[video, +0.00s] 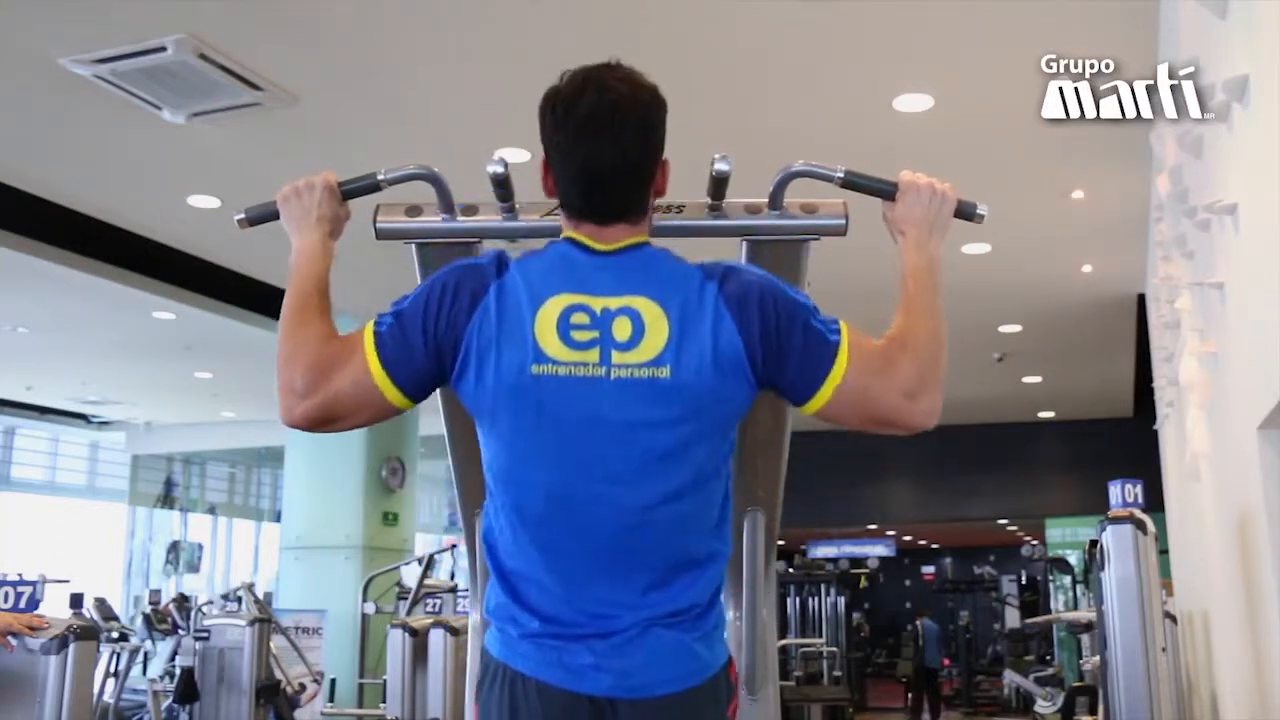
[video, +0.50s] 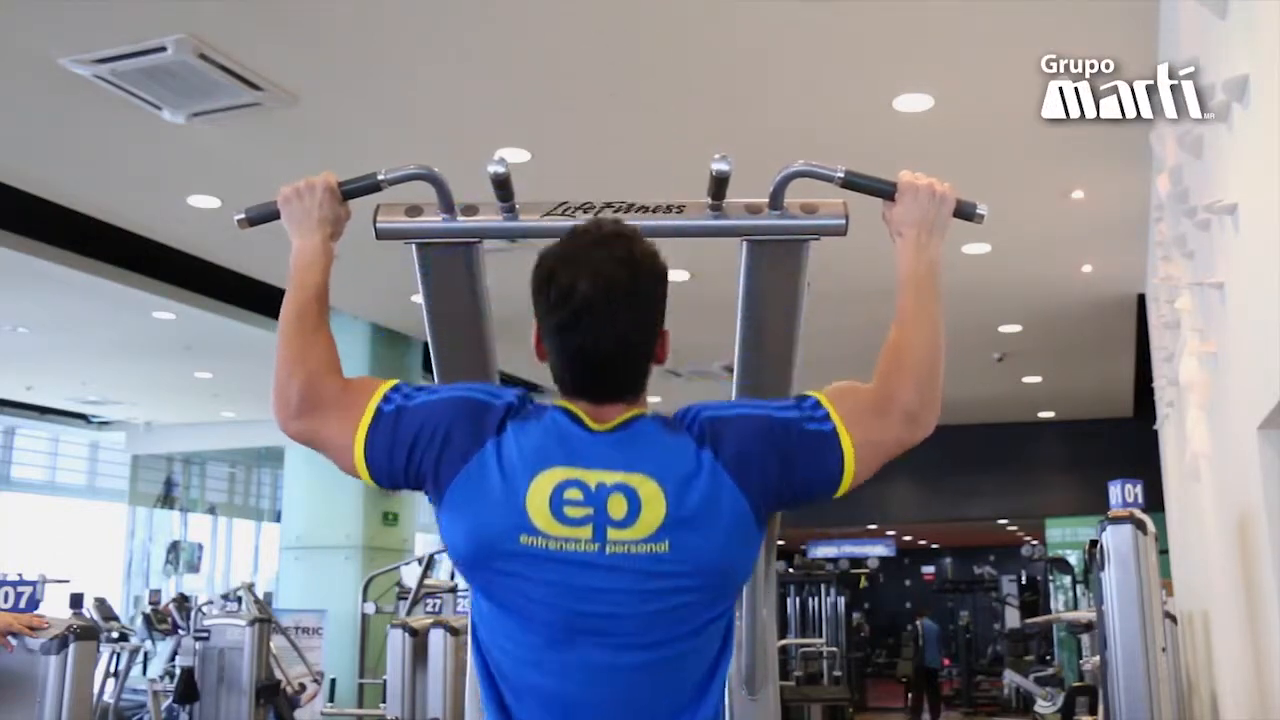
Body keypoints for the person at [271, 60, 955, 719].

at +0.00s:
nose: (664, 168)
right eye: (662, 157)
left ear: (545, 179)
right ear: (663, 179)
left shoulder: (478, 299)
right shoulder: (734, 304)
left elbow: (306, 397)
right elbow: (910, 399)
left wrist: (310, 241)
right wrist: (921, 242)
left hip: (527, 679)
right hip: (680, 680)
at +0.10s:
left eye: (540, 183)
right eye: (661, 186)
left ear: (542, 206)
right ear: (662, 207)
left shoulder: (477, 322)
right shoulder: (734, 330)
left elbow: (299, 397)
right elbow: (916, 401)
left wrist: (309, 245)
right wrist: (922, 244)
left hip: (526, 693)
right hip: (683, 693)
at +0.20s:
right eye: (662, 215)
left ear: (541, 235)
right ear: (661, 238)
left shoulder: (476, 345)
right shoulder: (732, 356)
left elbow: (295, 397)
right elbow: (919, 400)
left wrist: (309, 241)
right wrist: (924, 243)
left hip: (525, 701)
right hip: (682, 701)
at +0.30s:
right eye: (664, 250)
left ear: (542, 270)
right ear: (664, 272)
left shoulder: (474, 377)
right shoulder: (734, 389)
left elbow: (296, 399)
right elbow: (918, 403)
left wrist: (310, 243)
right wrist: (922, 246)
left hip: (525, 701)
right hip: (682, 702)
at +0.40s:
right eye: (660, 283)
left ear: (542, 306)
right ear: (663, 307)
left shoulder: (473, 408)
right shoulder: (732, 423)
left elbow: (297, 401)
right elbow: (913, 407)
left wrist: (310, 246)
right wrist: (920, 246)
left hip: (523, 711)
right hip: (682, 712)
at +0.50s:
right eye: (661, 325)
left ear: (540, 348)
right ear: (662, 350)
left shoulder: (472, 439)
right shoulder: (731, 456)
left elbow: (303, 403)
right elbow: (906, 409)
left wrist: (311, 245)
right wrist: (920, 244)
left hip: (522, 708)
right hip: (685, 709)